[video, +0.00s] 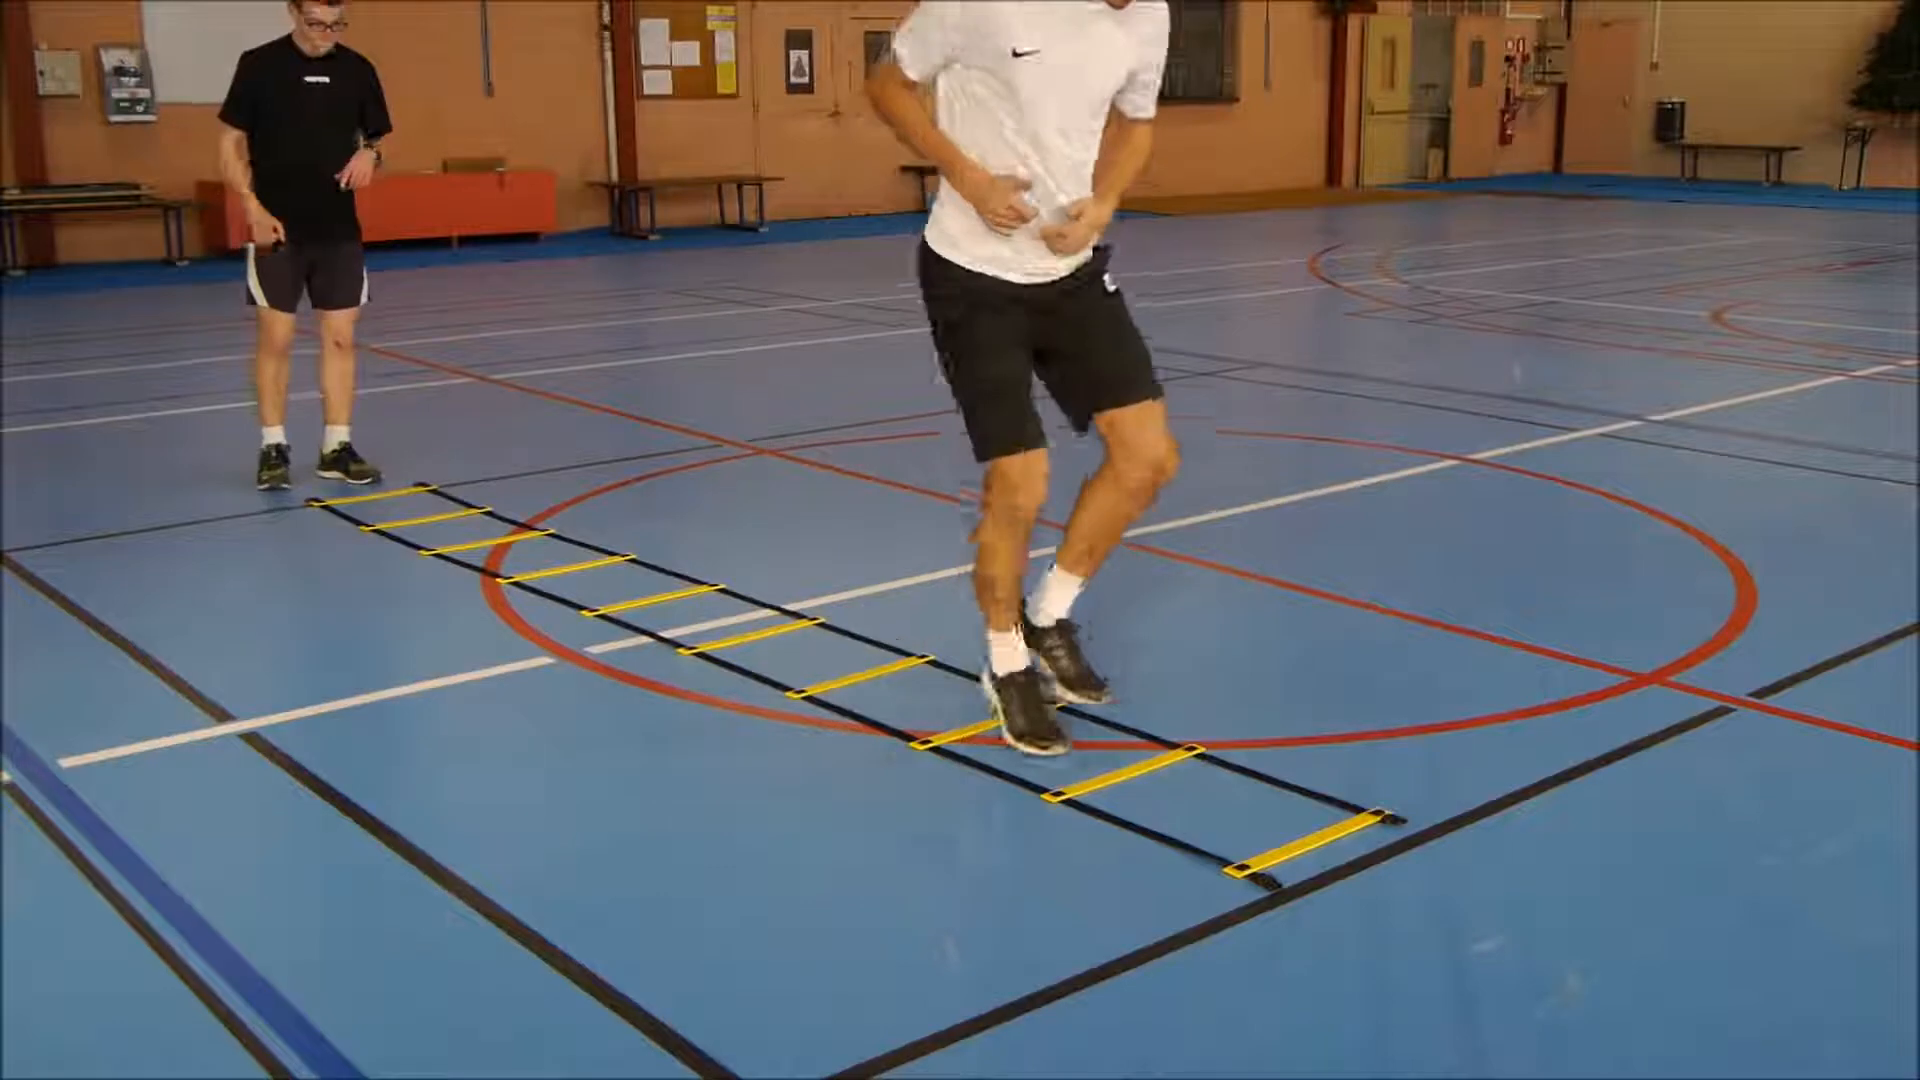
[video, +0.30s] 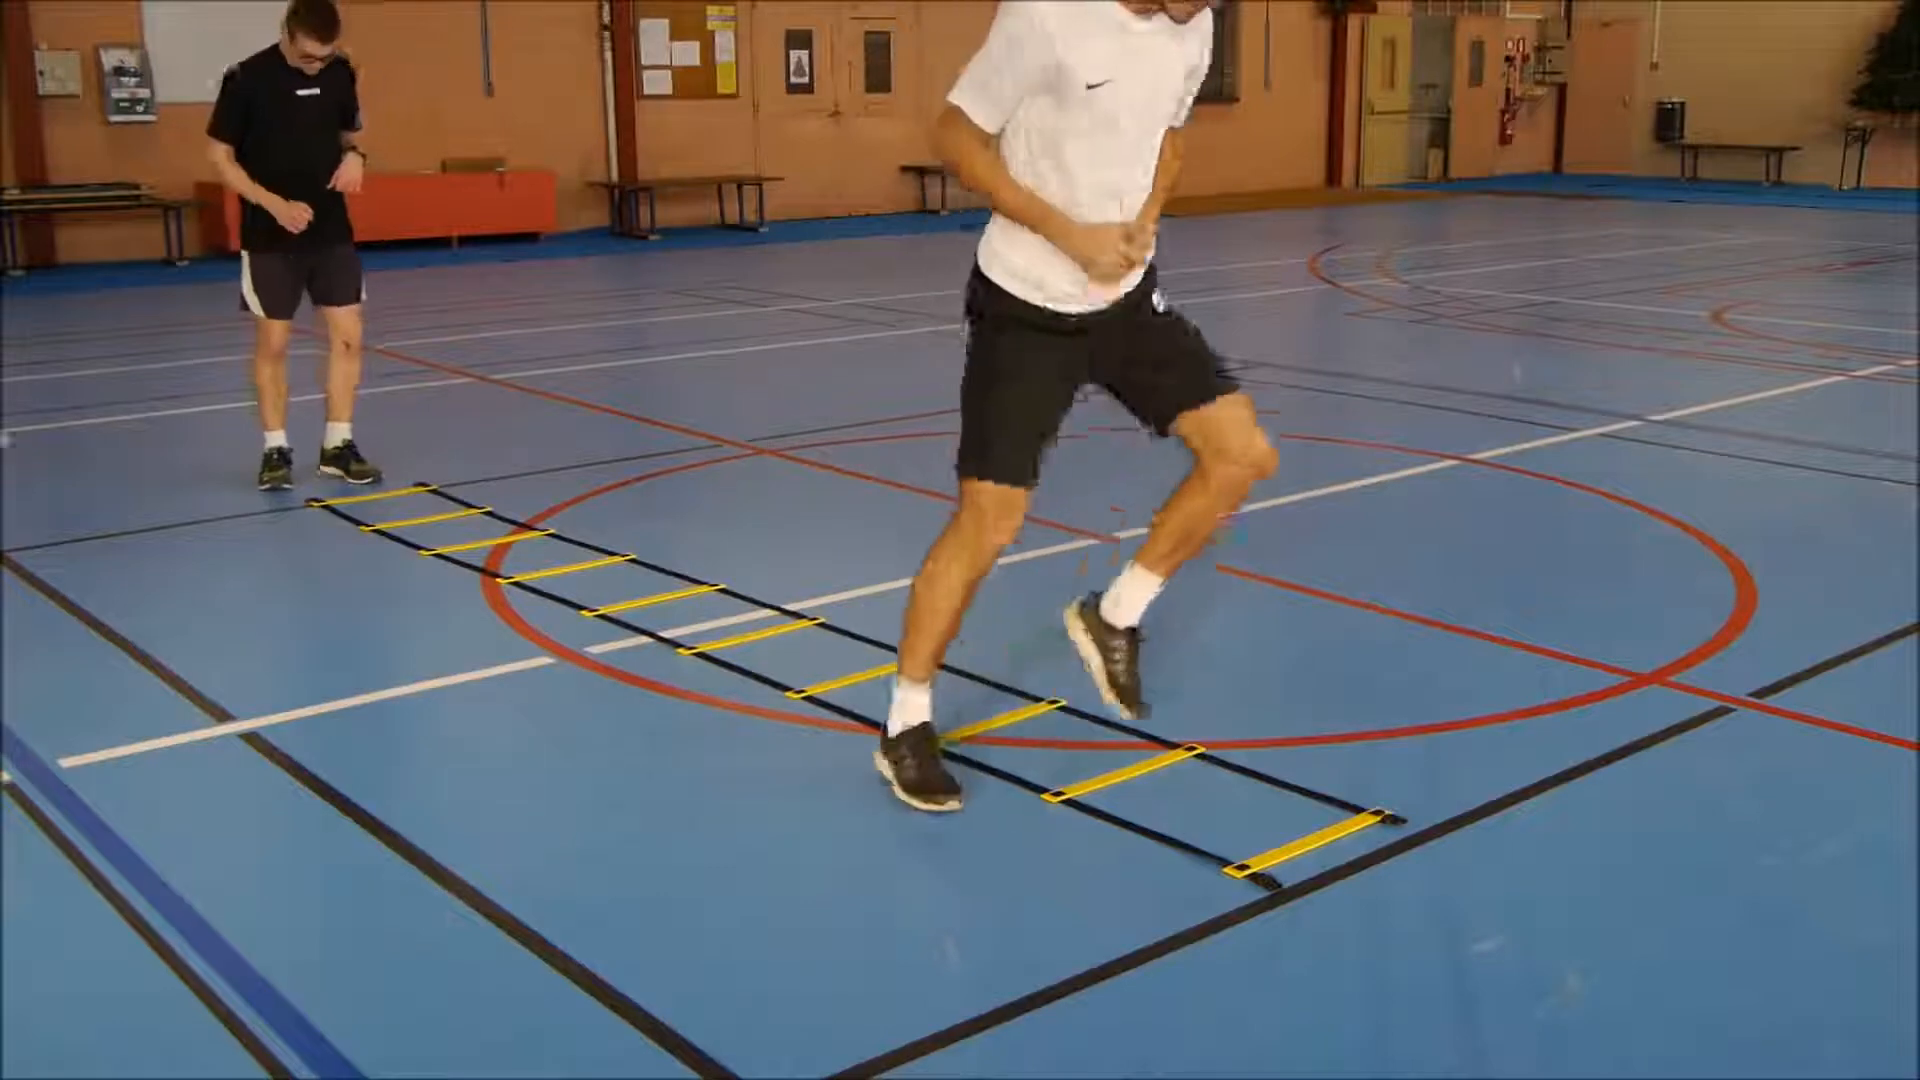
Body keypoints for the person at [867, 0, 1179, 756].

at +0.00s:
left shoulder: (1148, 15)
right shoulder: (978, 9)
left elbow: (1134, 119)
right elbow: (888, 84)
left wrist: (1100, 205)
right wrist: (968, 176)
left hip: (1072, 269)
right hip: (970, 269)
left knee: (1147, 456)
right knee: (1018, 481)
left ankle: (1046, 616)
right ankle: (1006, 665)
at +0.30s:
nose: (1196, 4)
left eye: (1201, 2)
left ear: (1199, 0)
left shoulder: (1197, 23)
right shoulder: (1042, 18)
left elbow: (1169, 136)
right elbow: (955, 135)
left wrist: (1144, 229)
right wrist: (1069, 233)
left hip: (1126, 300)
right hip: (1024, 305)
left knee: (1240, 457)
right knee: (989, 523)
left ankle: (1114, 616)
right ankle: (907, 719)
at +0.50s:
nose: (1266, 3)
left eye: (1276, 2)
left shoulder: (1293, 22)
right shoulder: (1106, 13)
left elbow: (1277, 133)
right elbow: (1026, 113)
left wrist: (1235, 220)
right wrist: (1094, 217)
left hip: (1209, 300)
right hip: (1096, 295)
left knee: (1261, 500)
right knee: (1085, 500)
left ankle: (1218, 675)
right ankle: (1050, 674)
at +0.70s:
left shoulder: (1347, 12)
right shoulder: (1161, 8)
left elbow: (1325, 123)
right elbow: (1076, 96)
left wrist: (1293, 212)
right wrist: (1152, 223)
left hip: (1265, 289)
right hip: (1153, 292)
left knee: (1335, 486)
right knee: (1183, 533)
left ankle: (1219, 655)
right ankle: (1157, 725)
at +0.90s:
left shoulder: (1425, 13)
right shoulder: (1220, 8)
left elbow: (1402, 135)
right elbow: (1135, 109)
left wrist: (1350, 224)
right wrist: (1204, 227)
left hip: (1319, 308)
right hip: (1201, 296)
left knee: (1335, 536)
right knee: (1212, 533)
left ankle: (1207, 715)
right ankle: (1127, 743)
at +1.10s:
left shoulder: (1473, 25)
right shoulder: (1350, 23)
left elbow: (1394, 161)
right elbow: (1248, 181)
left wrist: (1446, 235)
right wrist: (1384, 299)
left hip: (1403, 343)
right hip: (1299, 346)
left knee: (1544, 510)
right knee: (1210, 596)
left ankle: (1414, 702)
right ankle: (1074, 803)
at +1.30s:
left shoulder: (1696, 11)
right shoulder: (1495, 10)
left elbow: (1677, 147)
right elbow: (1378, 112)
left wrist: (1666, 203)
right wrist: (1445, 240)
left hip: (1588, 346)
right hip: (1469, 339)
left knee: (1600, 576)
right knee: (1464, 611)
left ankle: (1494, 775)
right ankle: (1294, 738)